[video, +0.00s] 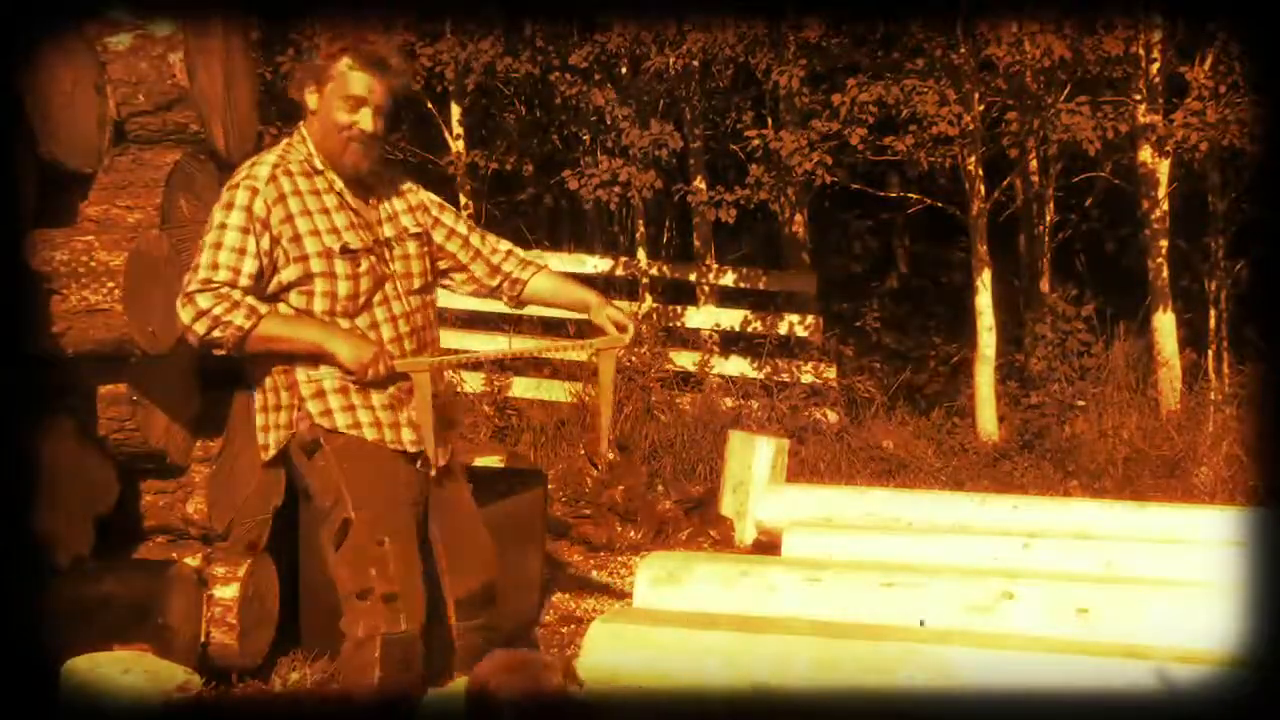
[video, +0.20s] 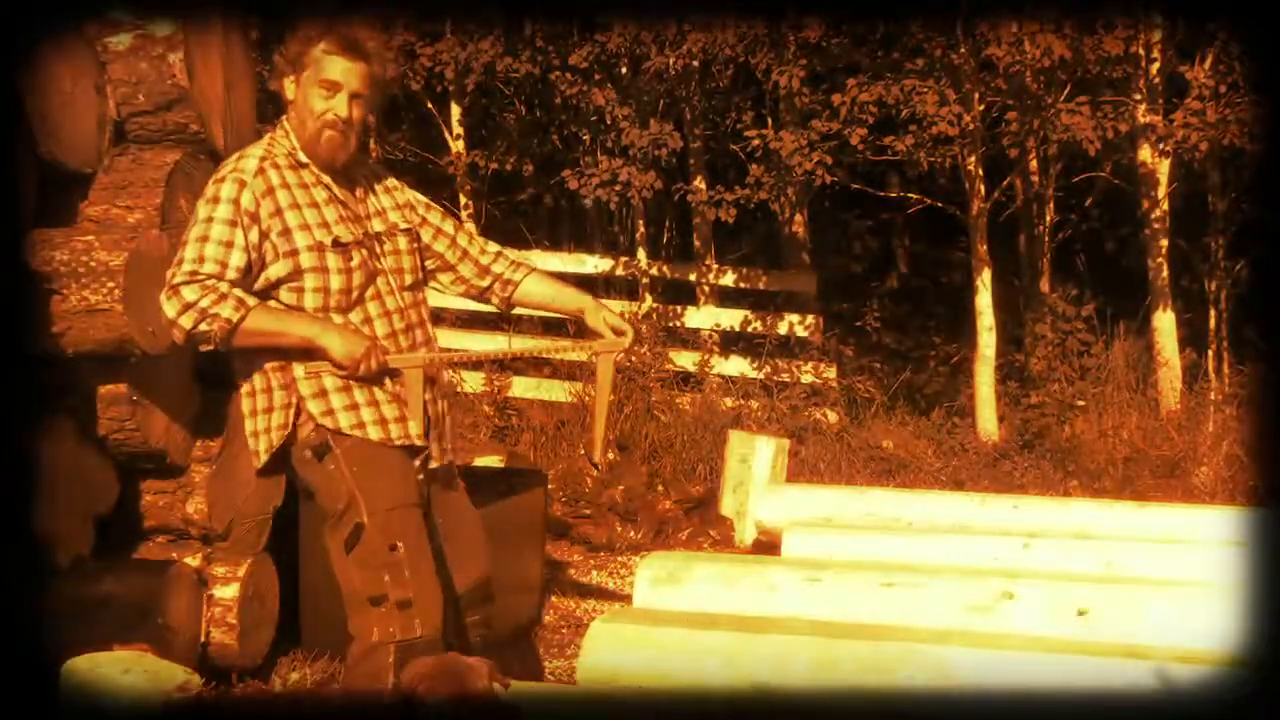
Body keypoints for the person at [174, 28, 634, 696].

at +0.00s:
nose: (371, 125)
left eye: (384, 112)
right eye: (354, 105)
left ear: (393, 118)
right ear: (312, 99)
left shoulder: (402, 198)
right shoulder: (262, 186)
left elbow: (496, 263)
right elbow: (205, 308)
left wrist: (592, 301)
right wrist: (325, 336)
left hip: (422, 432)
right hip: (335, 431)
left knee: (473, 593)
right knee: (390, 615)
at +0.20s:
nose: (344, 111)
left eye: (360, 98)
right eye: (329, 91)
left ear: (375, 110)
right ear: (292, 90)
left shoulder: (387, 191)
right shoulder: (249, 180)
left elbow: (484, 265)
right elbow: (192, 300)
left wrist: (584, 304)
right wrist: (316, 331)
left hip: (414, 429)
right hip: (330, 431)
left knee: (475, 599)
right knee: (401, 619)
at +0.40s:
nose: (335, 110)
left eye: (352, 96)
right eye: (319, 89)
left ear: (369, 108)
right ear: (280, 89)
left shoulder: (383, 188)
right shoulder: (241, 187)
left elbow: (486, 256)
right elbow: (191, 315)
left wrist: (592, 294)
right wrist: (322, 341)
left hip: (407, 436)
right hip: (323, 437)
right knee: (406, 628)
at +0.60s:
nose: (329, 113)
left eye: (347, 98)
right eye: (313, 92)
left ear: (366, 109)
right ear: (277, 92)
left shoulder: (390, 186)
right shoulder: (240, 193)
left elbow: (495, 249)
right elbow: (191, 325)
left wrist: (601, 282)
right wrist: (319, 341)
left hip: (426, 428)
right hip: (344, 429)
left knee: (483, 601)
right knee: (416, 627)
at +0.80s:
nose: (330, 110)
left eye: (348, 95)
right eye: (315, 90)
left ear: (369, 108)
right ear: (281, 93)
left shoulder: (394, 184)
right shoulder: (243, 191)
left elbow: (498, 246)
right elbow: (191, 320)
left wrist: (608, 277)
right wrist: (318, 337)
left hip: (431, 431)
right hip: (344, 432)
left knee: (479, 598)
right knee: (416, 624)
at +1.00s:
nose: (335, 113)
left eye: (353, 100)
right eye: (321, 92)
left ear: (372, 112)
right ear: (288, 92)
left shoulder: (395, 186)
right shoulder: (245, 189)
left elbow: (502, 251)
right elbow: (188, 315)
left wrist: (610, 279)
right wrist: (315, 336)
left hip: (431, 430)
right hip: (343, 433)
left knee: (478, 601)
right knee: (415, 621)